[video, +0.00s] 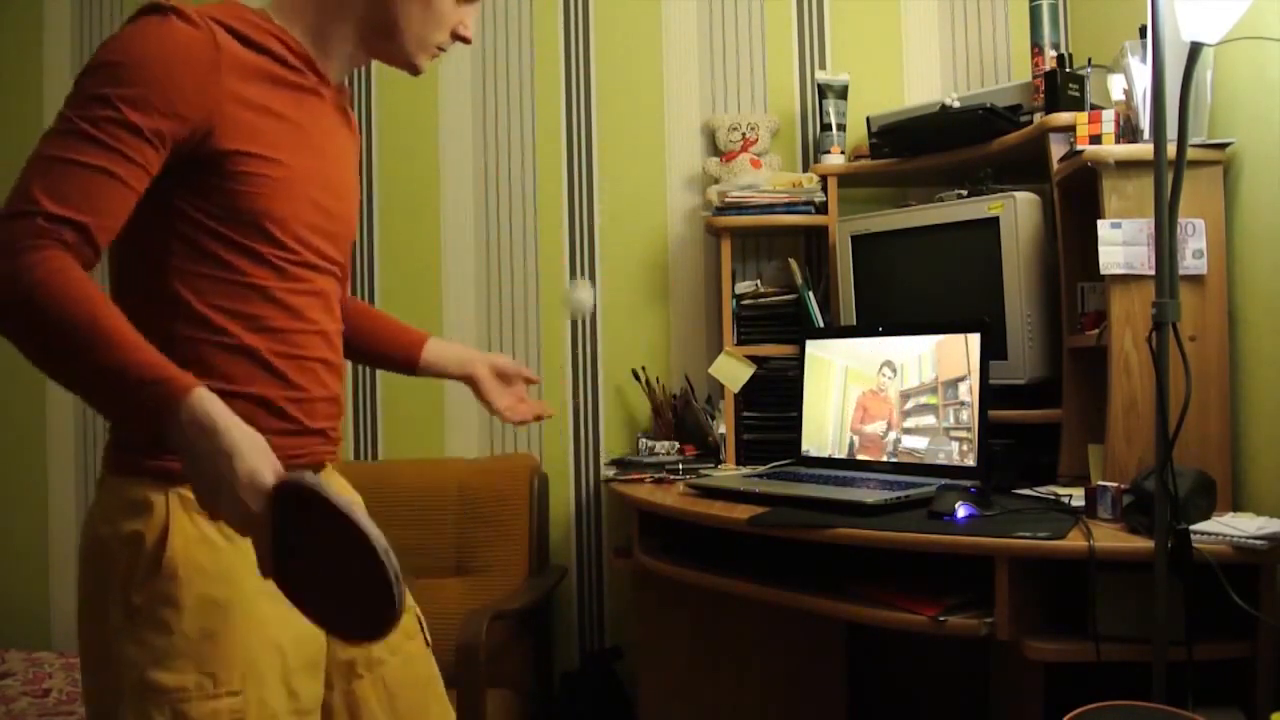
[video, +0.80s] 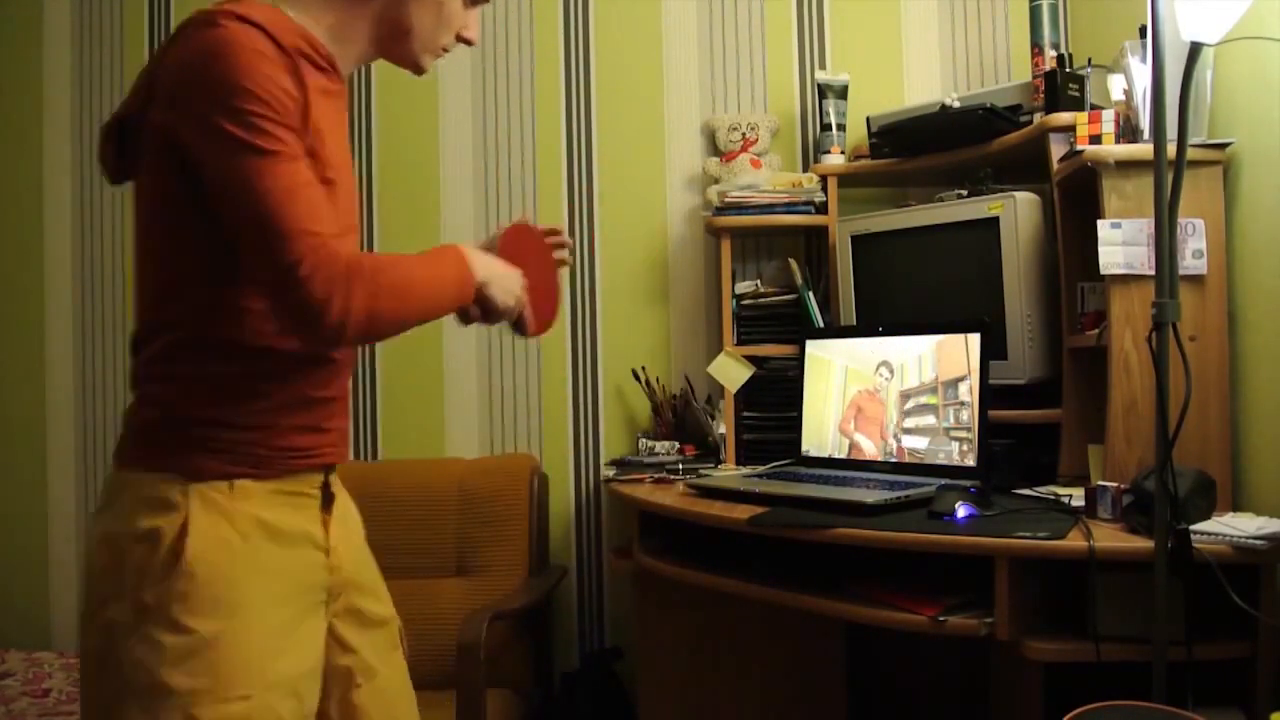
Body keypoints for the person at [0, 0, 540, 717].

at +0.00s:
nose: (468, 27)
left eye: (476, 6)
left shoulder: (333, 111)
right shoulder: (182, 47)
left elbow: (311, 306)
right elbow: (26, 256)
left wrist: (466, 361)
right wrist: (191, 416)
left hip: (321, 524)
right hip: (189, 533)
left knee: (416, 707)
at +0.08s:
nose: (479, 43)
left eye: (486, 18)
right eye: (475, 8)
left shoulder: (336, 114)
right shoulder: (199, 64)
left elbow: (301, 310)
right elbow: (61, 292)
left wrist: (448, 373)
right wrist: (249, 455)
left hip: (316, 522)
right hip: (194, 531)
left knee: (417, 712)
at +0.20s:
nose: (493, 59)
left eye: (503, 36)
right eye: (493, 26)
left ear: (417, 7)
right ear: (419, 1)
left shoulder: (334, 104)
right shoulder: (254, 87)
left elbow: (316, 322)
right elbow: (256, 347)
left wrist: (448, 377)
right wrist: (447, 452)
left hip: (323, 510)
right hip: (232, 520)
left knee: (415, 712)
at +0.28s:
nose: (497, 56)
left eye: (507, 33)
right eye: (498, 23)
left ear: (427, 5)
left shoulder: (331, 92)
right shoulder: (281, 89)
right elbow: (341, 334)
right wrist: (537, 392)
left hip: (333, 514)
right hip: (246, 526)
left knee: (418, 712)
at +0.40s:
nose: (513, 51)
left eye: (523, 27)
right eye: (514, 17)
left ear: (446, 2)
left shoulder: (349, 78)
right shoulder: (319, 74)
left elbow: (340, 300)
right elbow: (456, 287)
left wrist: (479, 318)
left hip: (346, 495)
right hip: (267, 503)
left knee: (413, 712)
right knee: (282, 710)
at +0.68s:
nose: (503, 39)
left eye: (512, 15)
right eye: (503, 5)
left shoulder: (347, 73)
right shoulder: (288, 59)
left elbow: (389, 272)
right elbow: (405, 282)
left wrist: (516, 254)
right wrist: (530, 242)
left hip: (340, 497)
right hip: (251, 505)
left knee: (389, 707)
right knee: (252, 707)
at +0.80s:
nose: (471, 31)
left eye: (479, 10)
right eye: (469, 0)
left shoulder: (312, 75)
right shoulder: (229, 56)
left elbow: (324, 288)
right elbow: (328, 297)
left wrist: (464, 275)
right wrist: (470, 267)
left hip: (311, 515)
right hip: (206, 528)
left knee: (378, 711)